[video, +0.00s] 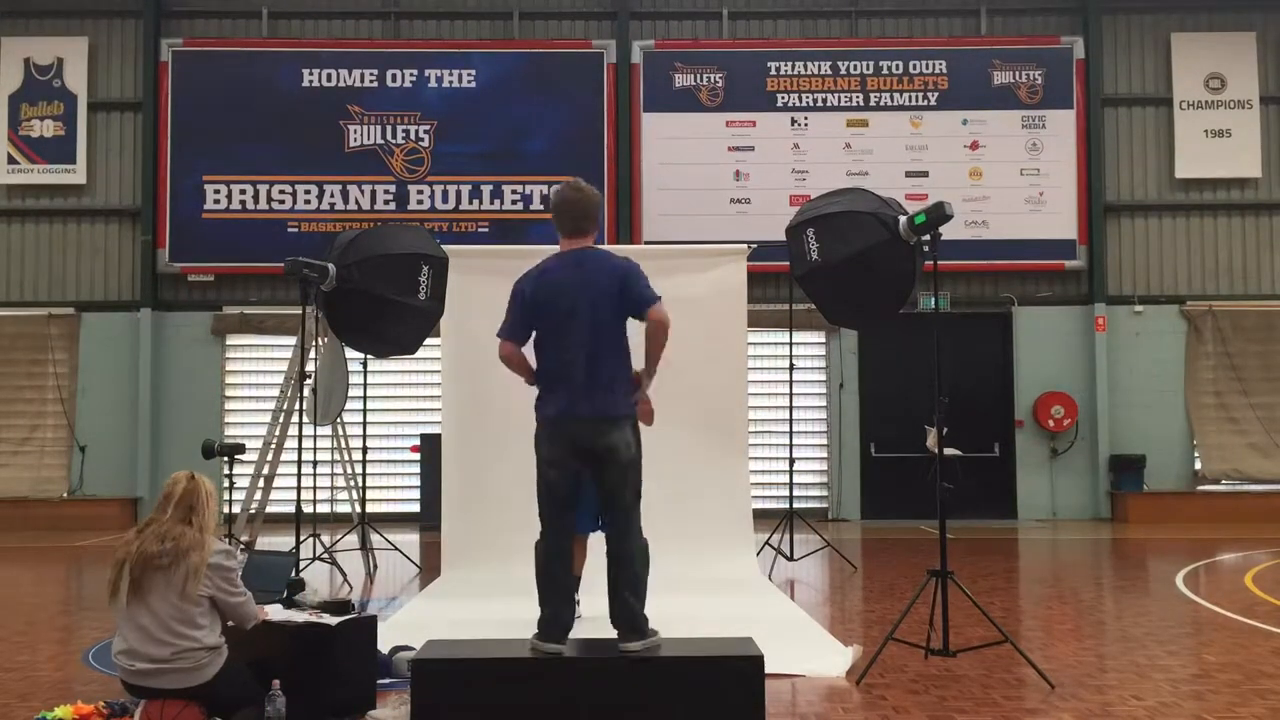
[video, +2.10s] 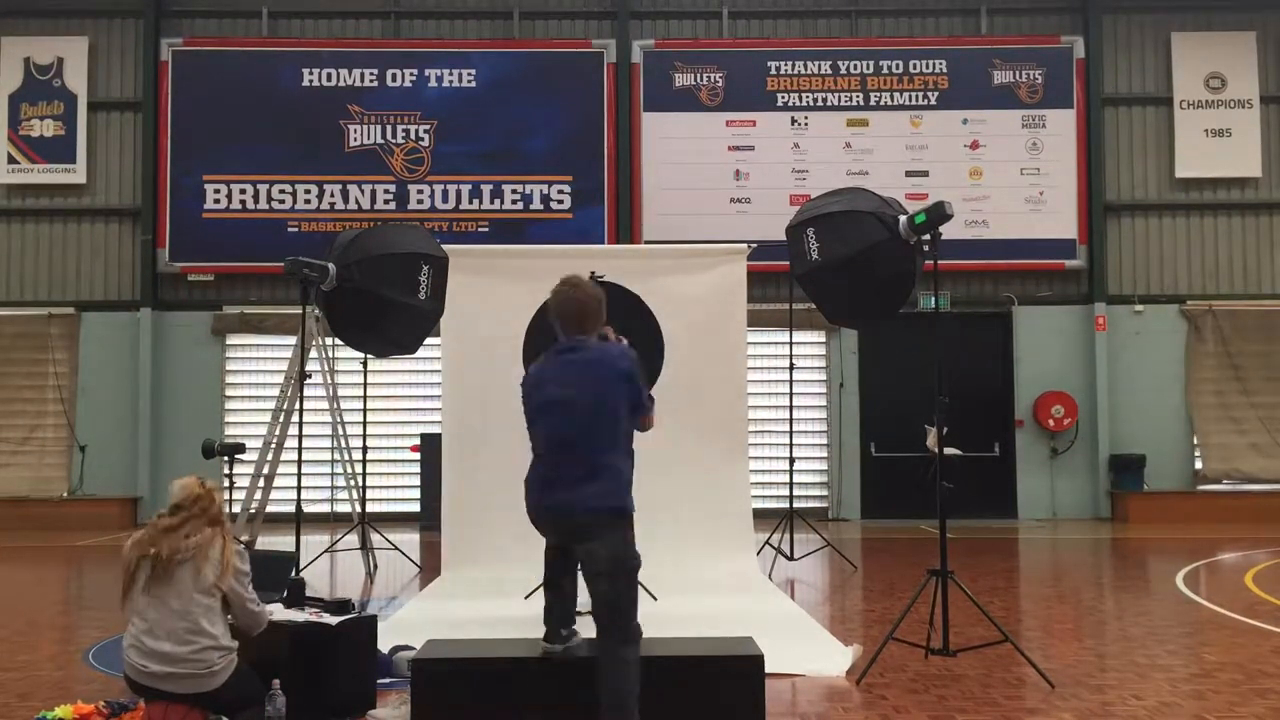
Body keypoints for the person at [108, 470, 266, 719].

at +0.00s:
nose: (215, 512)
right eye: (213, 506)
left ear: (164, 504)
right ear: (206, 510)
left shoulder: (135, 544)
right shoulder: (214, 553)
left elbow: (129, 608)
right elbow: (246, 617)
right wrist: (257, 615)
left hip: (135, 680)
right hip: (195, 679)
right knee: (252, 701)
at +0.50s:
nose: (225, 514)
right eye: (222, 508)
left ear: (174, 506)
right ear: (216, 511)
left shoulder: (145, 542)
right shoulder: (225, 550)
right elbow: (259, 608)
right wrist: (277, 604)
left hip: (136, 680)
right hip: (196, 677)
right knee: (252, 700)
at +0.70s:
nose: (223, 509)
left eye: (222, 503)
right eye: (221, 504)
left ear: (176, 503)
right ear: (215, 507)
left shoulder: (149, 542)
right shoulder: (226, 546)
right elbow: (270, 575)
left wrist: (225, 607)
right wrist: (303, 571)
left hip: (137, 673)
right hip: (199, 670)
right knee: (252, 702)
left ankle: (147, 706)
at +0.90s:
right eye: (219, 505)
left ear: (169, 506)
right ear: (214, 509)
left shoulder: (141, 545)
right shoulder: (231, 555)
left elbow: (133, 612)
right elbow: (241, 635)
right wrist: (233, 665)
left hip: (138, 680)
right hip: (203, 684)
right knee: (255, 698)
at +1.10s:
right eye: (216, 511)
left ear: (169, 511)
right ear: (210, 514)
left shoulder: (143, 543)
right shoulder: (225, 552)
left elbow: (132, 608)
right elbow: (243, 628)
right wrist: (279, 614)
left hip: (140, 678)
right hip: (205, 682)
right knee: (254, 703)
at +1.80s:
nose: (223, 517)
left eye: (222, 511)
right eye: (221, 511)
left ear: (175, 507)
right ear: (214, 512)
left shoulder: (144, 539)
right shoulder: (223, 547)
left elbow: (133, 600)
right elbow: (230, 605)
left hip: (141, 677)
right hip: (208, 680)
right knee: (254, 704)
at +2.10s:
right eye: (217, 504)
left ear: (173, 508)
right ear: (215, 509)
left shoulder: (142, 542)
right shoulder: (226, 549)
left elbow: (132, 605)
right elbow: (254, 621)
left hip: (140, 678)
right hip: (205, 681)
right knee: (254, 702)